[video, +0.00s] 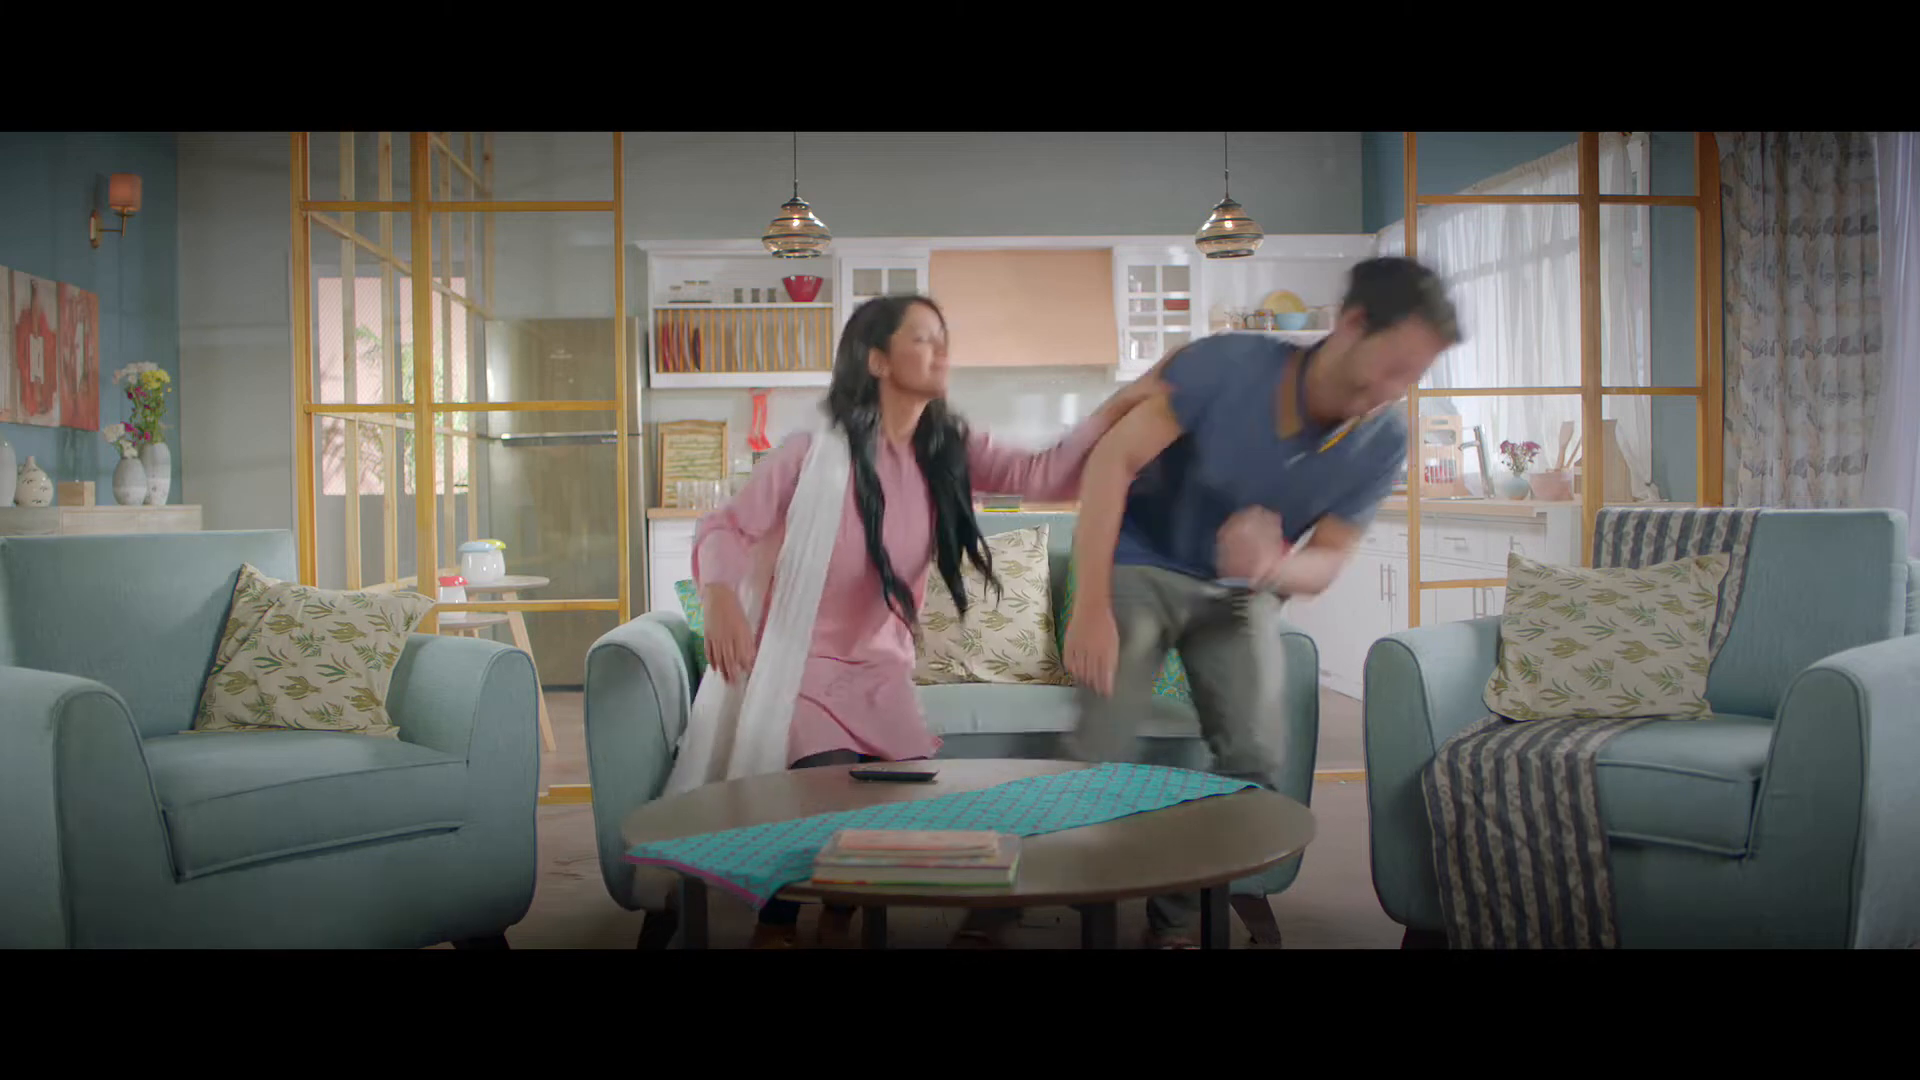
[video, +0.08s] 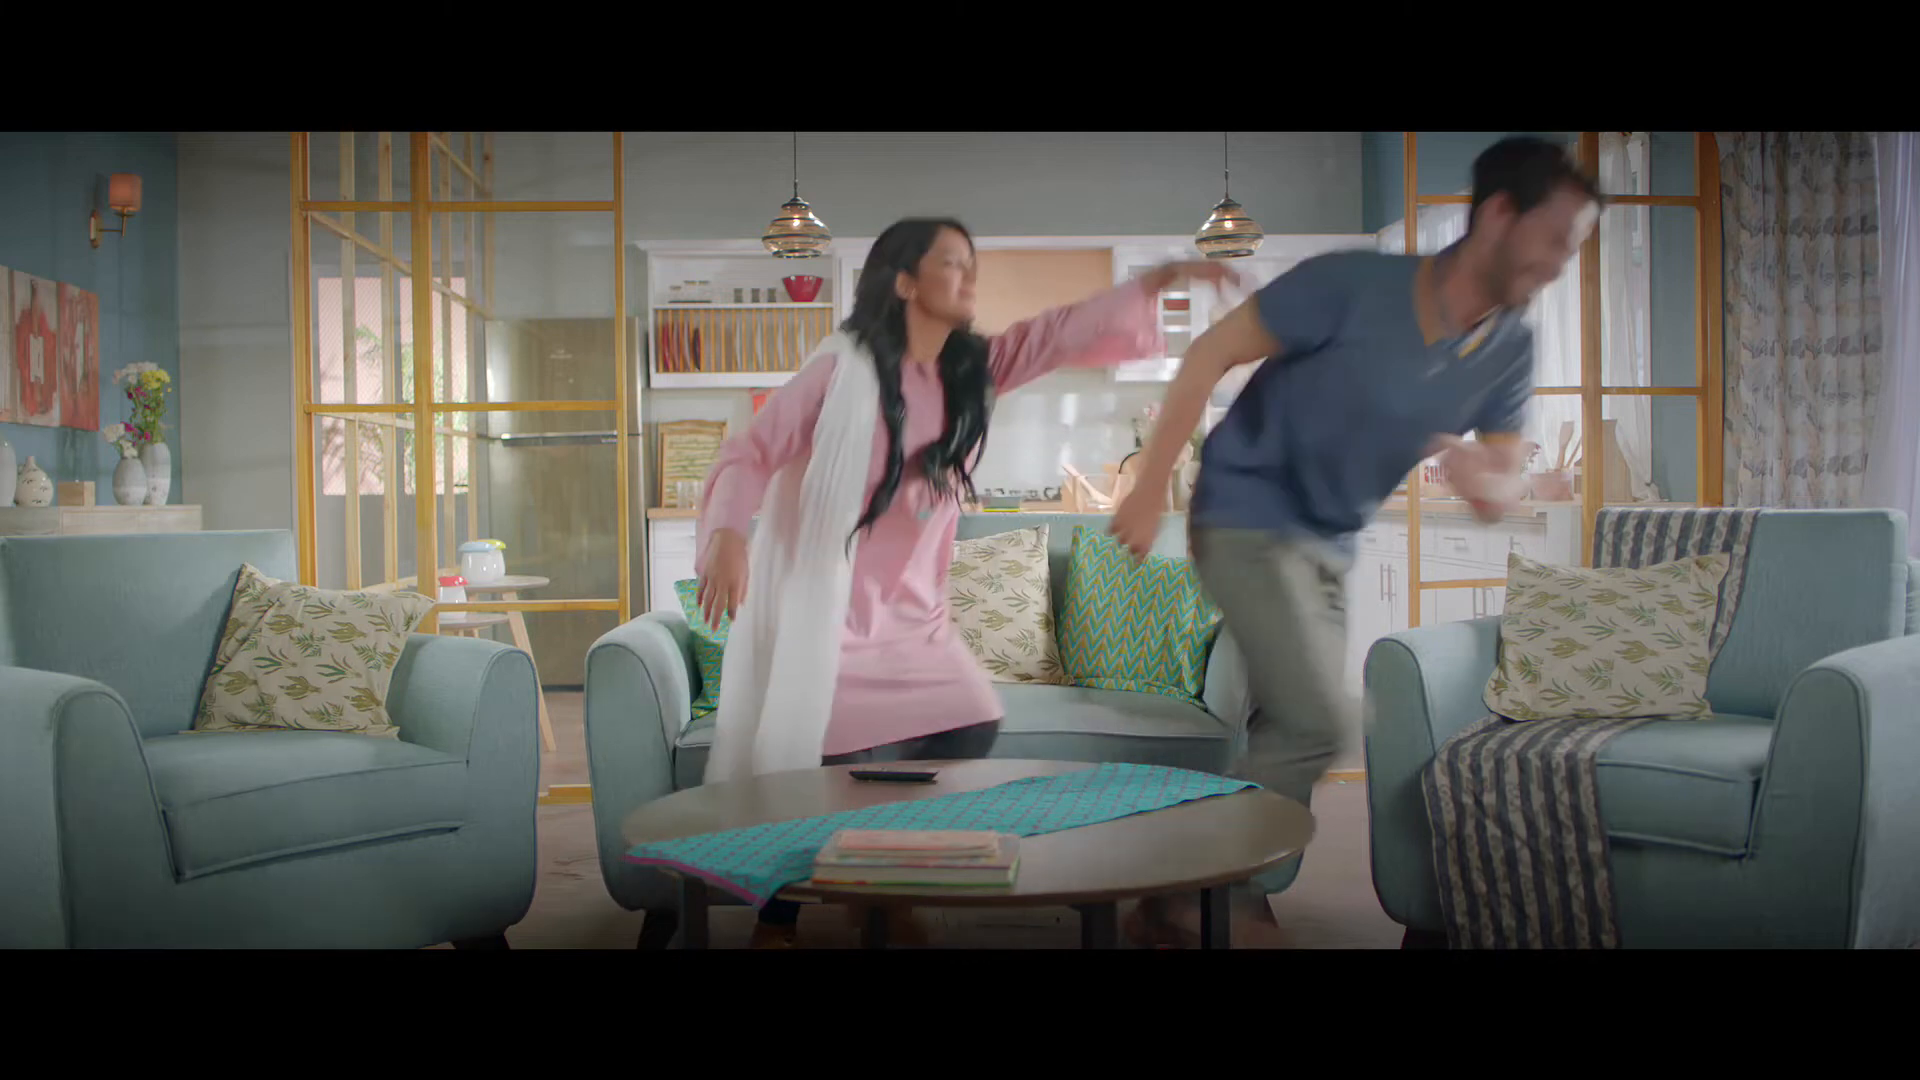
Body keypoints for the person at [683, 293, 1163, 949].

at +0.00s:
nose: (941, 355)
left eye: (942, 344)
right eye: (924, 342)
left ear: (945, 356)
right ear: (877, 358)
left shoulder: (945, 447)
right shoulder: (814, 452)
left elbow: (1049, 476)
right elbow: (725, 527)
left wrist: (1118, 406)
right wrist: (722, 602)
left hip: (885, 678)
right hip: (799, 674)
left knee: (912, 822)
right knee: (836, 819)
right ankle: (782, 933)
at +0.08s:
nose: (968, 282)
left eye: (970, 271)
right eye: (951, 266)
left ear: (967, 285)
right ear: (901, 279)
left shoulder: (968, 363)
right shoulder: (842, 369)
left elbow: (1057, 331)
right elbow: (751, 448)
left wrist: (1163, 278)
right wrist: (727, 533)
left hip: (915, 613)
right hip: (824, 618)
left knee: (972, 723)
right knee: (838, 766)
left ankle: (904, 895)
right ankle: (786, 915)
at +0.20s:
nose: (1036, 216)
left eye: (1037, 205)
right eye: (1017, 203)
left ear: (1035, 225)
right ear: (969, 219)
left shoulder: (1038, 306)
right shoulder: (910, 311)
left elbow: (1140, 258)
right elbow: (821, 415)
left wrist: (1193, 166)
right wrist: (773, 508)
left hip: (989, 571)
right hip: (894, 568)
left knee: (1053, 706)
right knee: (867, 742)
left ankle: (1075, 903)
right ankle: (799, 907)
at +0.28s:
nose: (1094, 199)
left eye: (1096, 187)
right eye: (1076, 184)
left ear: (1085, 207)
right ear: (1025, 198)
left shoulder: (1095, 289)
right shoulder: (978, 297)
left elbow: (1190, 246)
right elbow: (890, 403)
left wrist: (1230, 158)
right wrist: (832, 509)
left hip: (1074, 555)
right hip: (969, 554)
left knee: (1086, 750)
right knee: (908, 745)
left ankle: (1094, 918)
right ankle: (834, 904)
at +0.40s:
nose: (1210, 179)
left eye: (1210, 164)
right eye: (1191, 161)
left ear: (1208, 182)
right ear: (1142, 178)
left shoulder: (1208, 281)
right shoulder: (1092, 278)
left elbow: (1316, 278)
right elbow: (1020, 399)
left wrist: (1345, 184)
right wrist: (962, 516)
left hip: (1182, 545)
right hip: (1111, 545)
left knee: (1134, 738)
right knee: (1155, 742)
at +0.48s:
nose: (1289, 179)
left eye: (1287, 164)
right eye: (1271, 162)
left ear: (1258, 183)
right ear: (1217, 178)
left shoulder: (1279, 289)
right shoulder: (1157, 284)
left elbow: (1384, 322)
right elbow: (1083, 398)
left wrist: (1424, 249)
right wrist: (1028, 514)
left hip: (1244, 553)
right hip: (1175, 554)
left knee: (1163, 735)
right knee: (1283, 722)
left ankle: (1105, 897)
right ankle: (1246, 908)